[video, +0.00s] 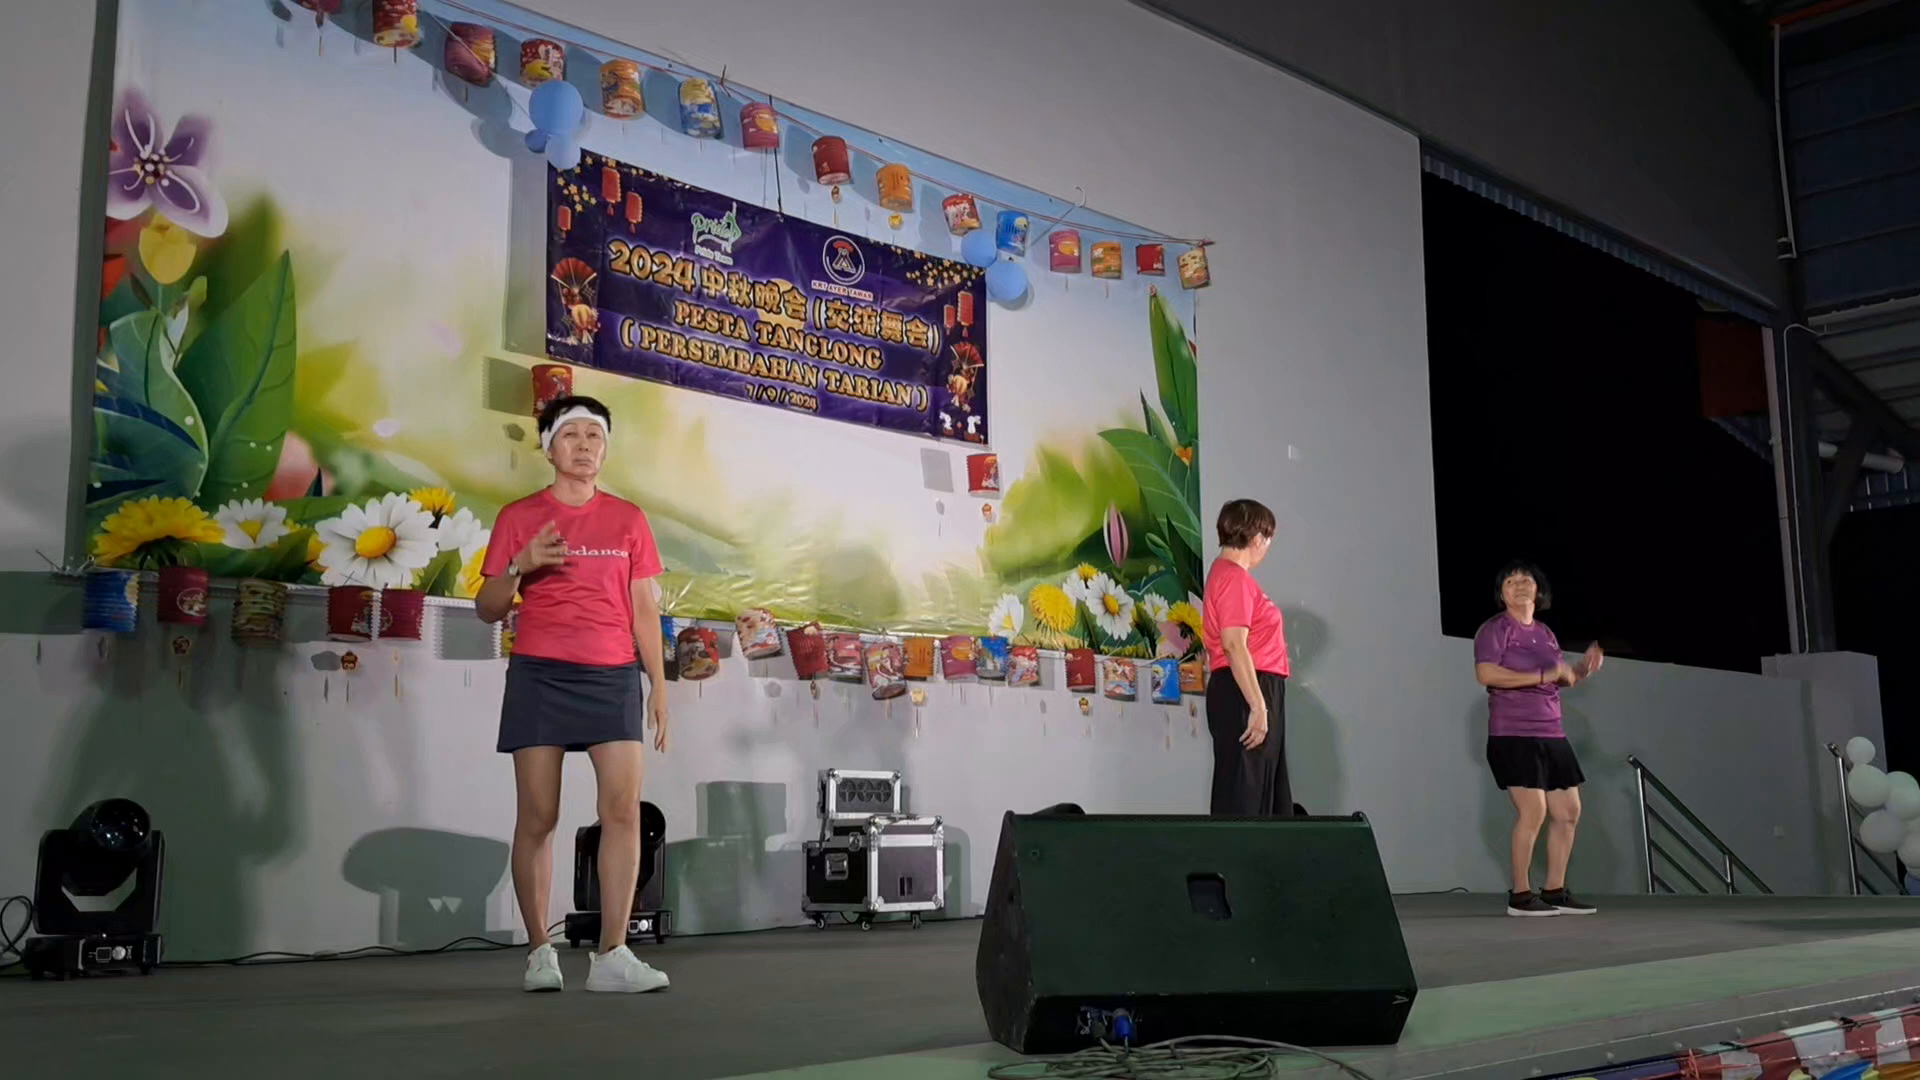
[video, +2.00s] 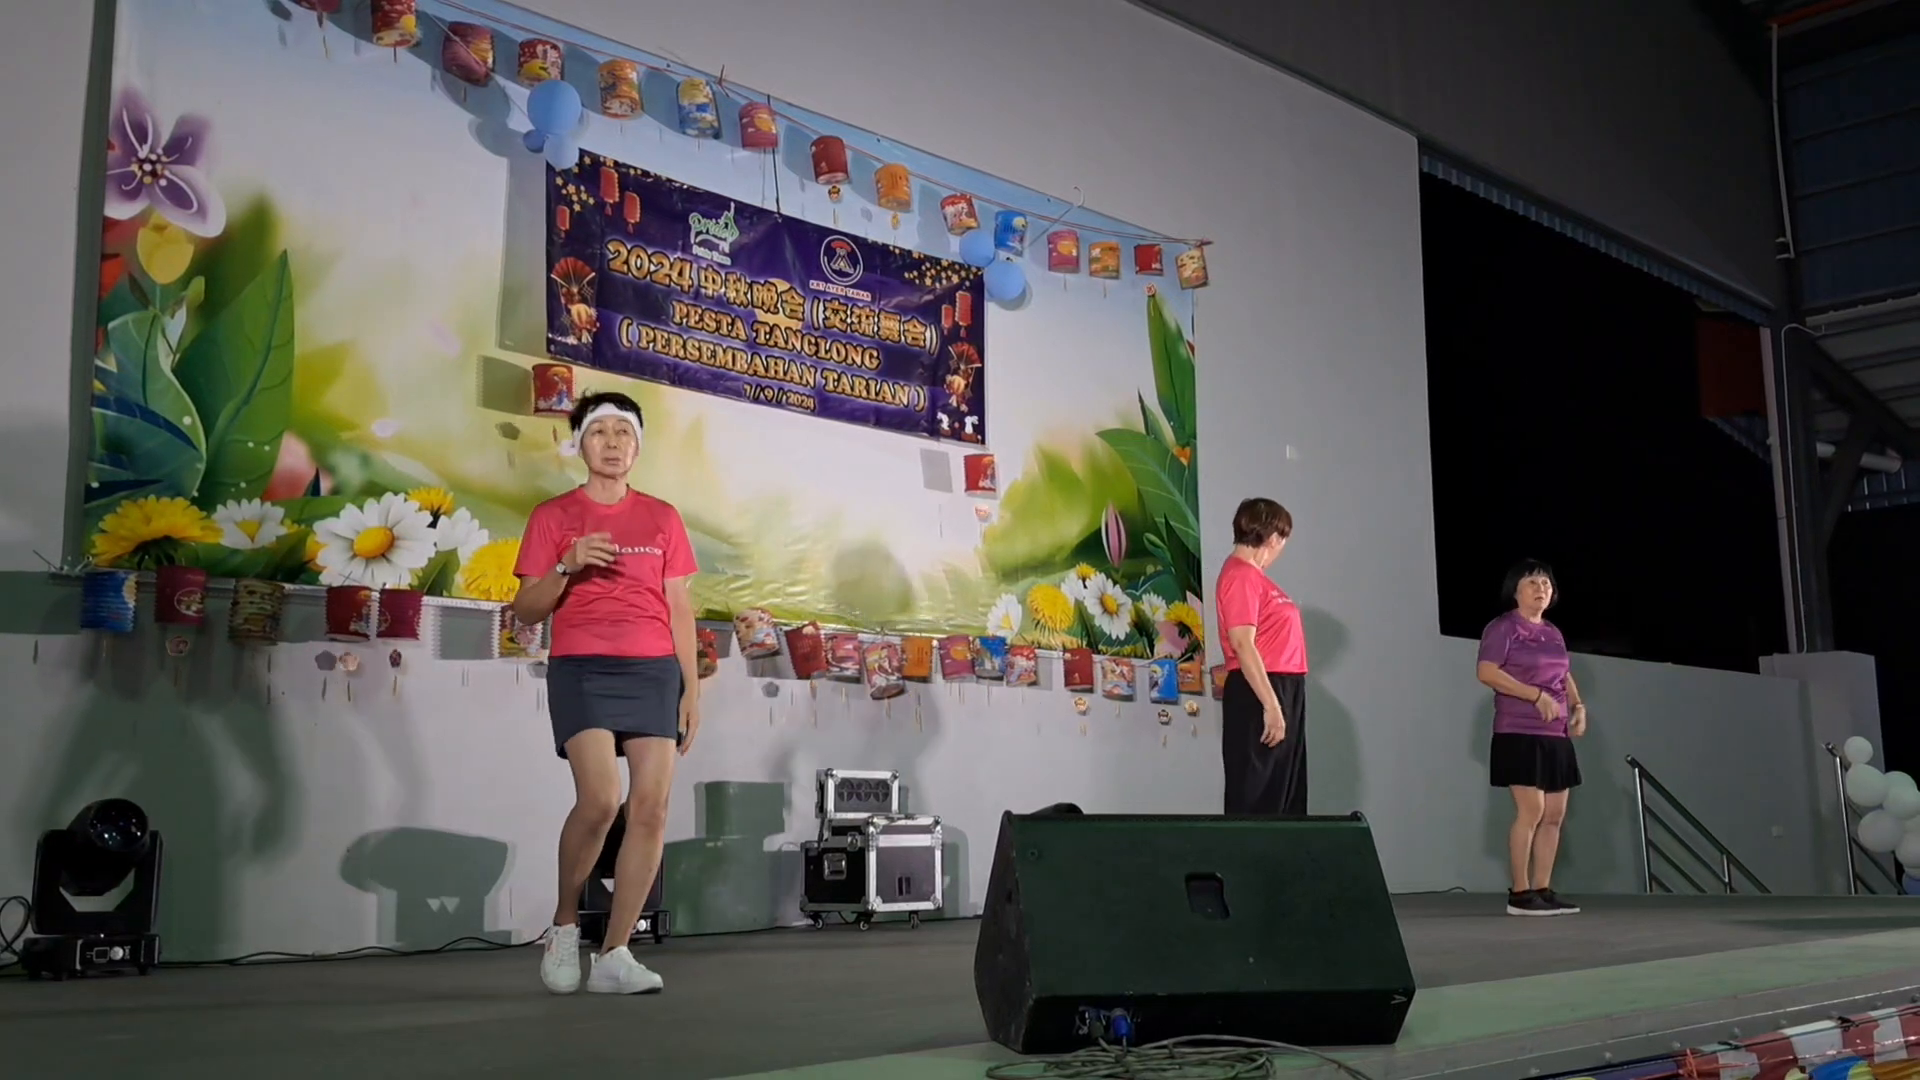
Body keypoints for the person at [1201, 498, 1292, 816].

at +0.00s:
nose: (1268, 547)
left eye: (1269, 539)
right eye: (1268, 538)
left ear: (1228, 533)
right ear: (1257, 538)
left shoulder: (1230, 573)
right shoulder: (1233, 576)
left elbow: (1234, 643)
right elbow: (1234, 643)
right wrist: (1258, 706)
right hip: (1246, 685)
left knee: (1264, 792)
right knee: (1244, 793)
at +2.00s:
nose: (1281, 547)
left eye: (1284, 540)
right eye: (1283, 539)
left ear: (1245, 530)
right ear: (1272, 538)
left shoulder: (1253, 575)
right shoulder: (1241, 575)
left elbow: (1251, 642)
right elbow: (1242, 643)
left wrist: (1283, 701)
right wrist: (1271, 705)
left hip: (1284, 687)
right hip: (1261, 688)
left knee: (1284, 792)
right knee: (1256, 793)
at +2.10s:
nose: (1286, 547)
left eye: (1288, 539)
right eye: (1287, 538)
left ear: (1250, 531)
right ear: (1276, 538)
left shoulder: (1258, 576)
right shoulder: (1244, 575)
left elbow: (1255, 642)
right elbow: (1245, 644)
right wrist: (1272, 706)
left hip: (1289, 687)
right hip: (1266, 688)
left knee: (1289, 793)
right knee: (1262, 793)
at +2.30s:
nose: (1295, 546)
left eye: (1295, 538)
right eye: (1291, 537)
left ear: (1267, 540)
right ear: (1268, 539)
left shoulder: (1268, 578)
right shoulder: (1247, 577)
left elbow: (1268, 644)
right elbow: (1245, 647)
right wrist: (1267, 707)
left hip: (1299, 691)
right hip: (1274, 691)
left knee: (1299, 796)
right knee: (1275, 798)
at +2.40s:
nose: (1295, 544)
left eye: (1296, 536)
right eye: (1288, 535)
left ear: (1264, 541)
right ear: (1261, 539)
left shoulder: (1276, 579)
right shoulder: (1245, 578)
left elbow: (1282, 645)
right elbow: (1241, 647)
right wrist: (1263, 707)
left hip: (1303, 692)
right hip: (1273, 693)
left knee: (1303, 800)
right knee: (1279, 803)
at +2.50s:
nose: (1293, 542)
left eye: (1296, 534)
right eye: (1285, 533)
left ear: (1299, 538)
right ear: (1259, 538)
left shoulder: (1284, 580)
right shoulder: (1242, 580)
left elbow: (1291, 643)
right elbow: (1237, 648)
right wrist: (1257, 708)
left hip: (1306, 694)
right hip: (1271, 696)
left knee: (1306, 804)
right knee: (1281, 806)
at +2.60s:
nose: (1294, 542)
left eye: (1297, 534)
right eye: (1285, 533)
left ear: (1300, 538)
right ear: (1259, 538)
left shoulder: (1292, 582)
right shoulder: (1240, 582)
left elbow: (1301, 646)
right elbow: (1234, 649)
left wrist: (1315, 705)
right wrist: (1247, 709)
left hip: (1309, 695)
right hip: (1269, 696)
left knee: (1307, 803)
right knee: (1277, 805)